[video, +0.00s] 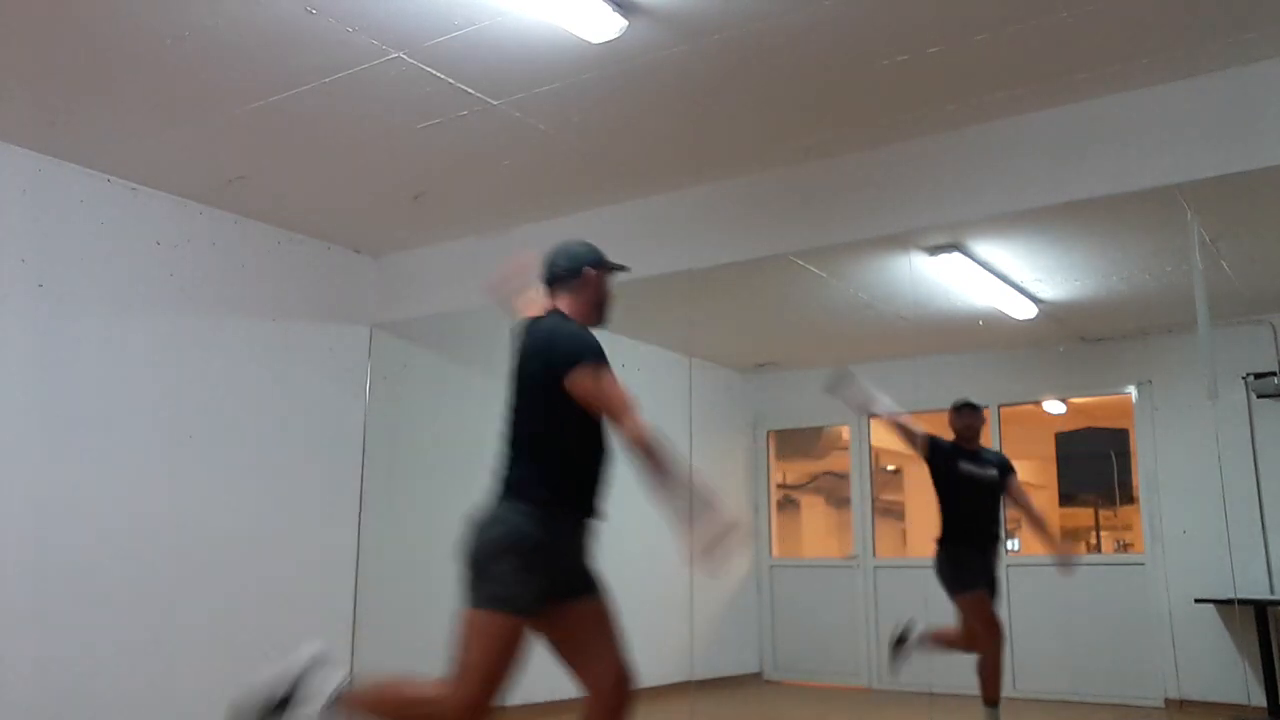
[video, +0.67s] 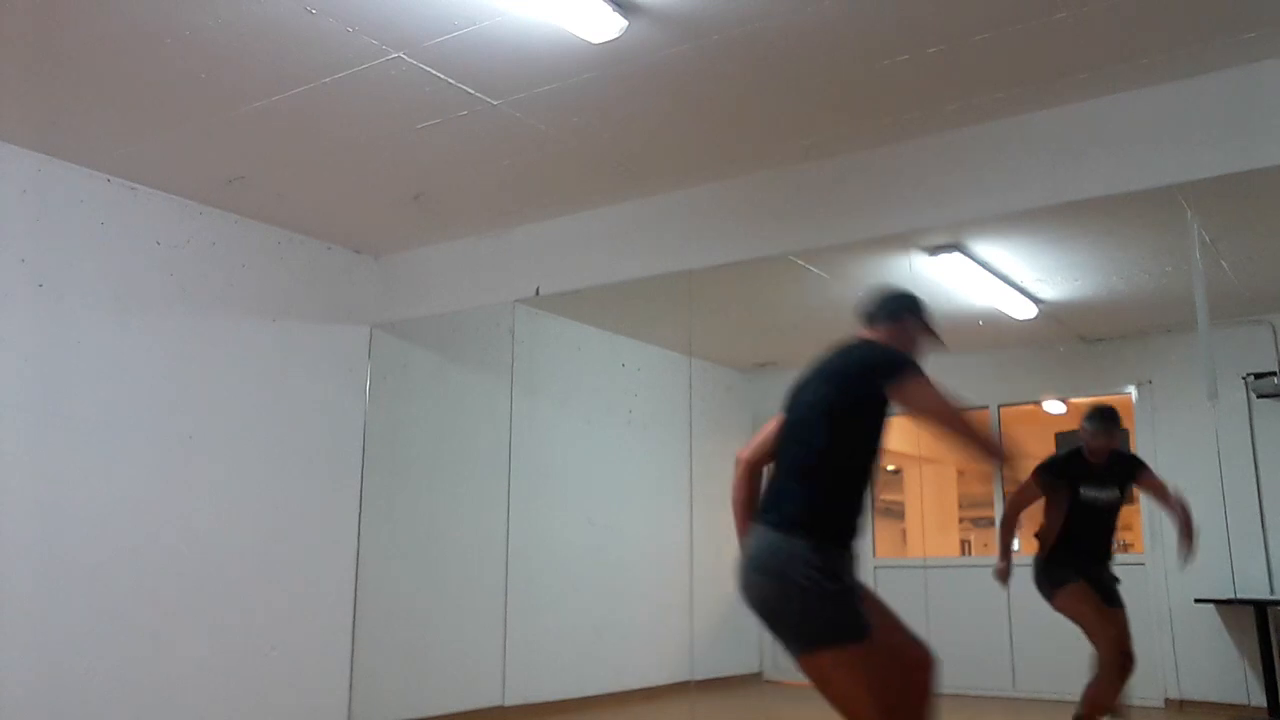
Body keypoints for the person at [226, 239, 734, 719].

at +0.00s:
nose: (609, 292)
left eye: (607, 282)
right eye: (603, 281)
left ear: (557, 286)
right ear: (583, 283)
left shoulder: (541, 328)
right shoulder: (569, 340)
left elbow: (527, 299)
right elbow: (636, 434)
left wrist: (524, 281)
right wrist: (689, 506)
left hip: (549, 548)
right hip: (520, 544)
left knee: (613, 689)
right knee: (464, 701)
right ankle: (329, 689)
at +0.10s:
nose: (653, 288)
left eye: (651, 276)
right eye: (645, 276)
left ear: (613, 280)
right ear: (621, 279)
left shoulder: (615, 334)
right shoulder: (598, 331)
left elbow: (642, 268)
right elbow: (585, 425)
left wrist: (658, 214)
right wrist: (560, 512)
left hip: (605, 536)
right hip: (578, 531)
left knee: (624, 695)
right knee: (572, 686)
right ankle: (473, 576)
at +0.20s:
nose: (695, 236)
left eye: (692, 227)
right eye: (686, 228)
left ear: (672, 233)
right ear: (662, 235)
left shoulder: (689, 280)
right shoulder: (633, 276)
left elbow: (754, 224)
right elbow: (581, 289)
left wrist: (803, 162)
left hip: (608, 473)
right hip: (620, 472)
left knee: (582, 635)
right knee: (696, 612)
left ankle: (543, 709)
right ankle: (555, 637)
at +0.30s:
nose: (722, 208)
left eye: (719, 199)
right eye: (712, 200)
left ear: (701, 212)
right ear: (684, 211)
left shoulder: (735, 274)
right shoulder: (665, 256)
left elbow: (820, 259)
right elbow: (615, 176)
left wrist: (906, 231)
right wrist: (567, 95)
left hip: (677, 454)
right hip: (664, 448)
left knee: (568, 591)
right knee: (763, 583)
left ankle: (424, 595)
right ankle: (773, 708)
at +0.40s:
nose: (749, 213)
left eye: (750, 207)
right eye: (738, 204)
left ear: (742, 225)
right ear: (710, 213)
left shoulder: (756, 299)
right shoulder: (707, 262)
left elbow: (821, 350)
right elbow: (707, 147)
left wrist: (895, 386)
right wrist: (711, 52)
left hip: (697, 465)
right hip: (706, 468)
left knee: (612, 589)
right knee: (805, 617)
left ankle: (550, 468)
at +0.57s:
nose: (847, 287)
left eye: (843, 278)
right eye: (841, 278)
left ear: (795, 286)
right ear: (828, 278)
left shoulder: (798, 329)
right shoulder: (815, 324)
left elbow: (849, 313)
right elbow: (860, 310)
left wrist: (889, 303)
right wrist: (899, 300)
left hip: (764, 534)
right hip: (760, 539)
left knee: (846, 659)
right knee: (837, 696)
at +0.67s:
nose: (917, 350)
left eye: (920, 339)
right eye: (917, 336)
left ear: (871, 326)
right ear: (900, 325)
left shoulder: (827, 373)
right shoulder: (880, 357)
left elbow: (749, 460)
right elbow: (946, 416)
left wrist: (751, 548)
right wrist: (999, 453)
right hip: (796, 567)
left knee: (911, 666)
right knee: (872, 705)